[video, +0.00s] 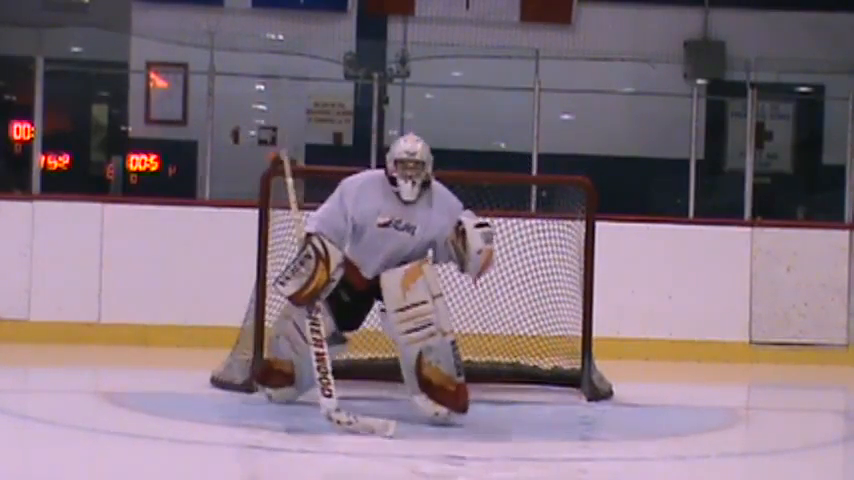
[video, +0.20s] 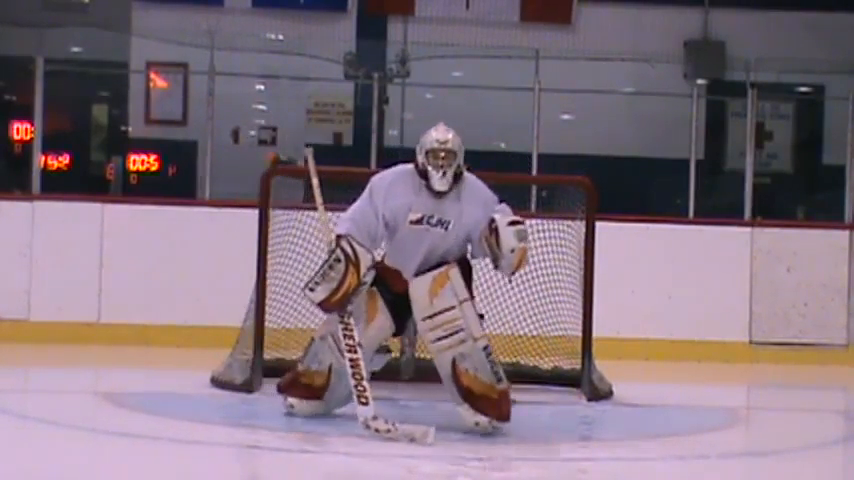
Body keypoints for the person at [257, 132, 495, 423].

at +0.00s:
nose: (410, 175)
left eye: (417, 169)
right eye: (403, 167)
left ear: (429, 170)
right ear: (390, 166)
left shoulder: (444, 206)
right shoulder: (359, 189)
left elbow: (461, 254)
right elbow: (324, 230)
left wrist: (474, 244)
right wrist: (310, 266)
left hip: (405, 278)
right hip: (354, 271)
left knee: (423, 328)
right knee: (321, 324)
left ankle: (441, 391)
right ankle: (282, 374)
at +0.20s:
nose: (441, 165)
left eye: (448, 158)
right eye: (435, 157)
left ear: (460, 160)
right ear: (421, 158)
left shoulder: (476, 197)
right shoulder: (390, 186)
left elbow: (504, 258)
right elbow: (356, 234)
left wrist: (508, 241)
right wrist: (340, 272)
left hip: (446, 278)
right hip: (391, 275)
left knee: (461, 338)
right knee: (351, 333)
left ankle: (487, 409)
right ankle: (309, 393)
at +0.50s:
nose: (452, 140)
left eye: (459, 134)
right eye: (445, 133)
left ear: (472, 137)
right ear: (434, 135)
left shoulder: (494, 176)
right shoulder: (403, 169)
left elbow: (521, 242)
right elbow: (369, 221)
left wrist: (513, 236)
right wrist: (348, 267)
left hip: (466, 271)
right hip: (407, 265)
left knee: (472, 344)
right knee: (379, 339)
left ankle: (500, 418)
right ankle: (349, 410)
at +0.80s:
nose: (460, 127)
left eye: (464, 120)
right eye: (452, 120)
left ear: (471, 123)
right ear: (433, 123)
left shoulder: (479, 167)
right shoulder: (407, 157)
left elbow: (483, 227)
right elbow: (366, 199)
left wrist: (515, 220)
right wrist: (379, 236)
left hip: (457, 275)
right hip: (413, 270)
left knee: (491, 337)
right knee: (404, 344)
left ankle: (497, 411)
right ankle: (364, 411)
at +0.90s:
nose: (474, 127)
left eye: (477, 120)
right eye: (467, 120)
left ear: (477, 122)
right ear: (445, 121)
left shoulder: (474, 172)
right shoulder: (418, 151)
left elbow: (469, 228)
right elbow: (394, 198)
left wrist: (502, 223)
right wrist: (407, 248)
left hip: (440, 261)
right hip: (390, 252)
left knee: (457, 331)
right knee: (409, 332)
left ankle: (449, 407)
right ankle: (368, 408)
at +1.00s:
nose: (483, 130)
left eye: (484, 123)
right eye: (478, 123)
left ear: (461, 124)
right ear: (461, 122)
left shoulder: (468, 166)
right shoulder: (438, 151)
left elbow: (462, 224)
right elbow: (434, 214)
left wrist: (492, 225)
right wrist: (444, 265)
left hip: (415, 253)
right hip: (389, 249)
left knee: (425, 328)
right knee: (408, 331)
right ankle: (364, 405)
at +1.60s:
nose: (565, 177)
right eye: (563, 171)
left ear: (523, 168)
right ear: (559, 171)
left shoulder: (509, 185)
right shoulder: (556, 191)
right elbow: (571, 250)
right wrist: (587, 286)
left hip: (462, 258)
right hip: (499, 266)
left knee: (486, 333)